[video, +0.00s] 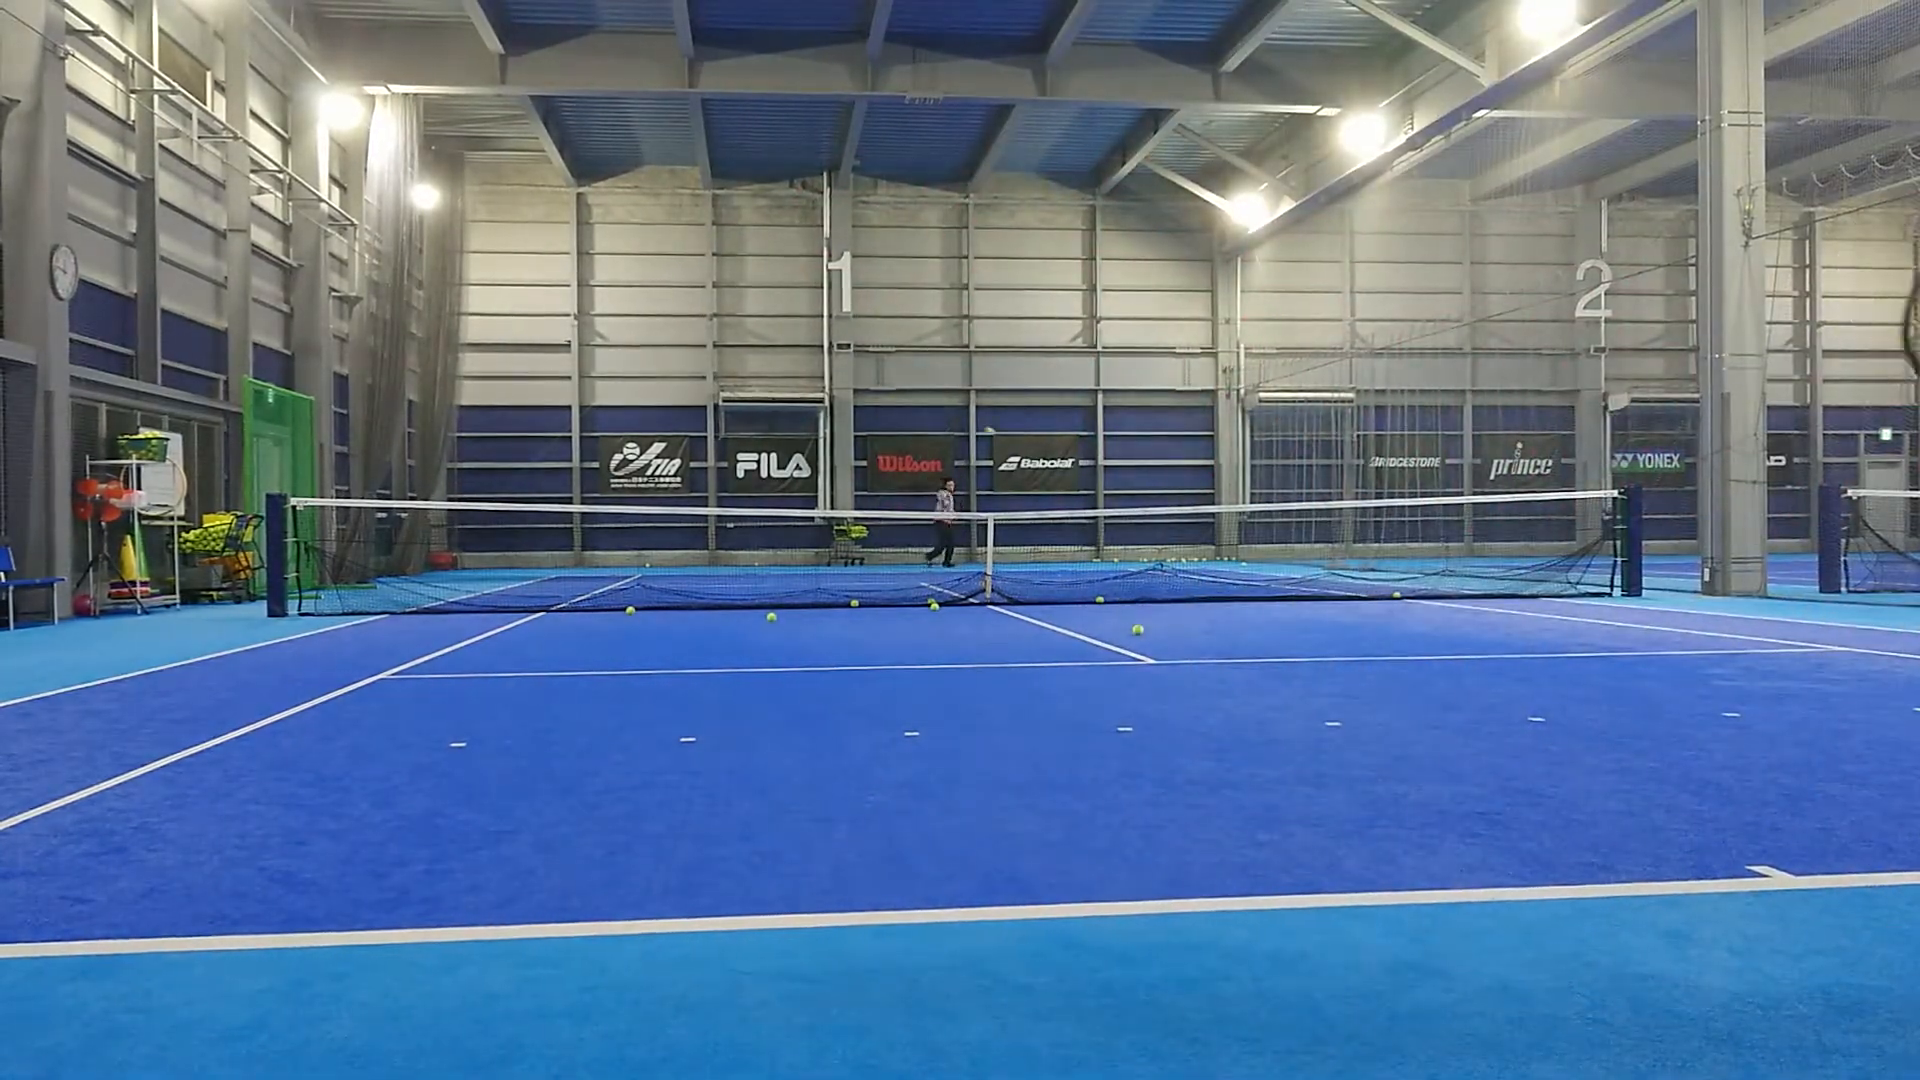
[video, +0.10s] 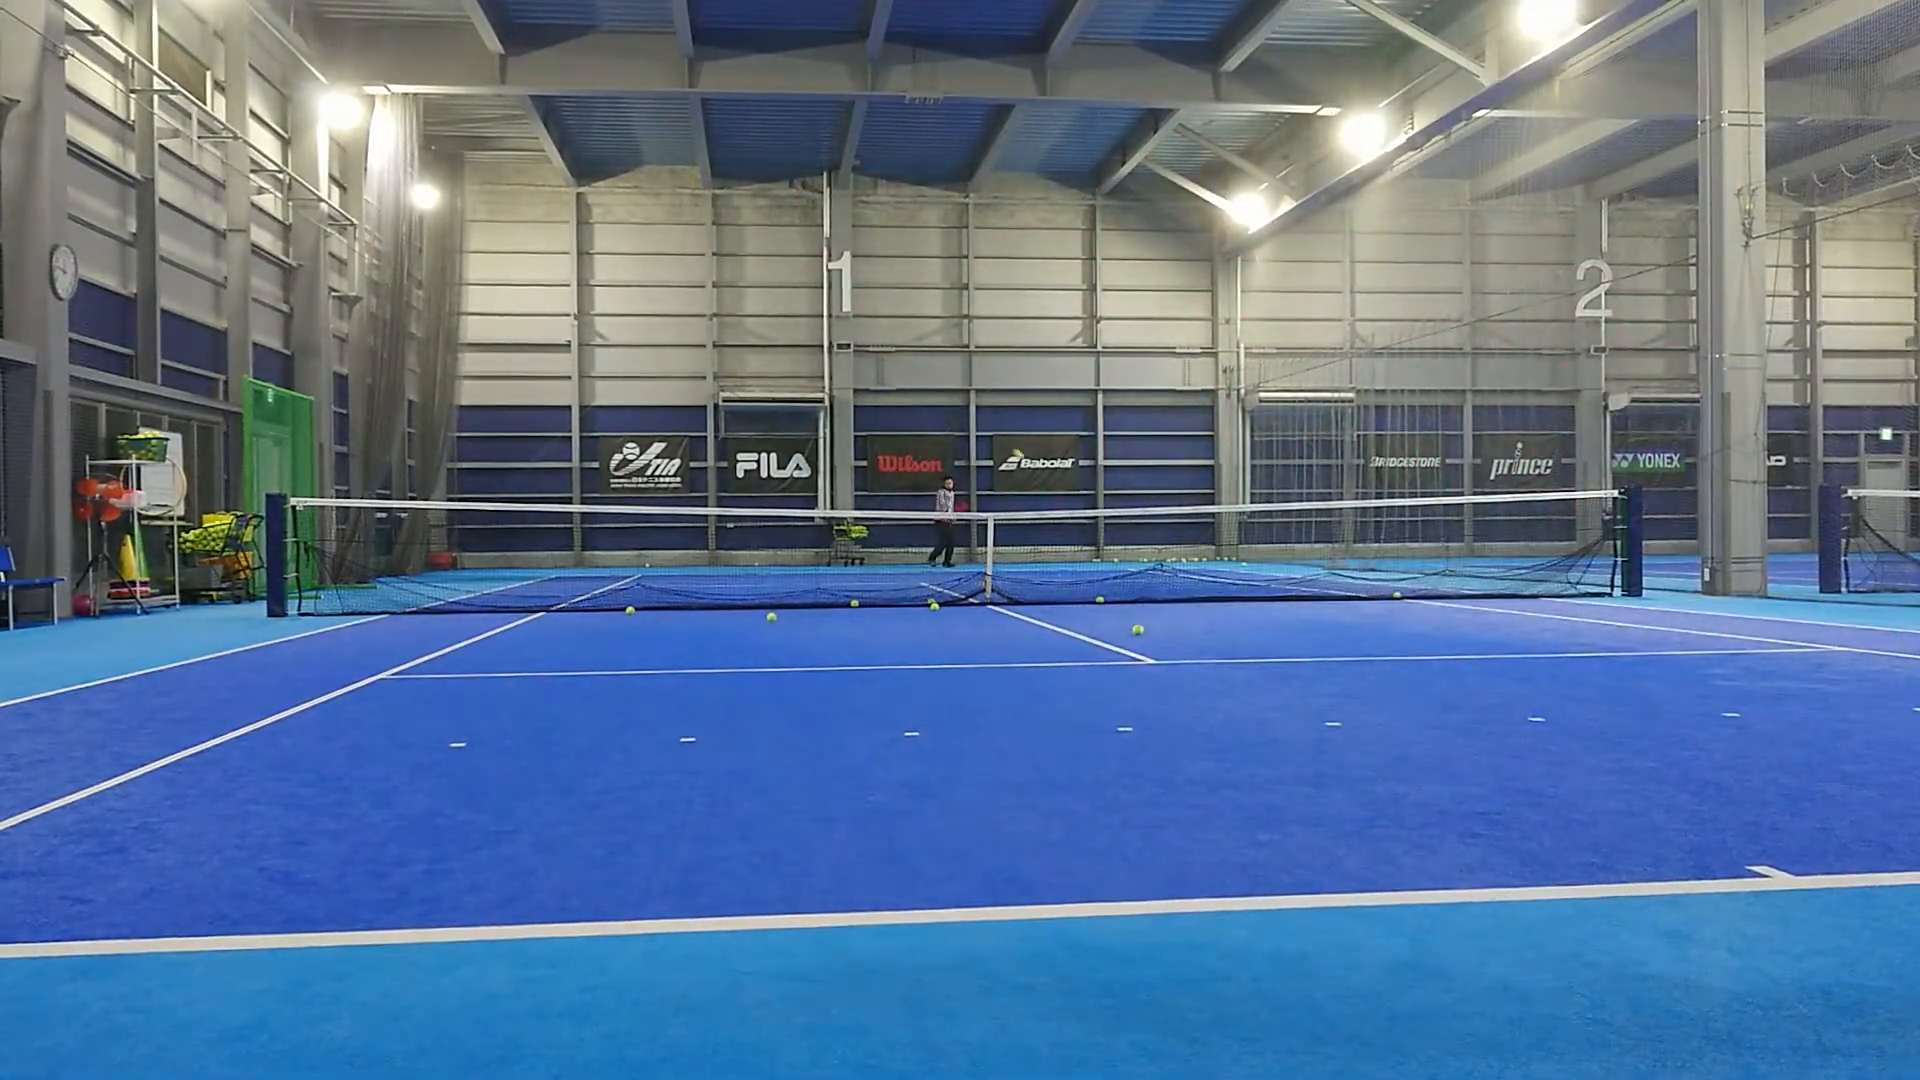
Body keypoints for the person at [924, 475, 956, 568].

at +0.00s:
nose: (951, 487)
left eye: (952, 485)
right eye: (949, 485)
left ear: (953, 486)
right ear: (945, 486)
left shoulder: (949, 495)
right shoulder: (943, 494)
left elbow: (949, 508)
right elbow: (943, 508)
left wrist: (952, 517)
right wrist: (945, 518)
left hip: (947, 520)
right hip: (941, 520)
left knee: (946, 542)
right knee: (947, 542)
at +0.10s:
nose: (949, 485)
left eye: (951, 483)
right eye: (947, 483)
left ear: (952, 484)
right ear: (944, 484)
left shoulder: (952, 493)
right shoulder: (941, 492)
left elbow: (951, 506)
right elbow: (942, 504)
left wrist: (952, 516)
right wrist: (945, 516)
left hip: (948, 519)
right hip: (941, 519)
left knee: (949, 542)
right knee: (944, 541)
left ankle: (947, 561)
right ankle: (931, 558)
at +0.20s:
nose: (947, 484)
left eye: (949, 482)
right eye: (945, 482)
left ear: (951, 483)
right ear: (942, 483)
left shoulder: (953, 492)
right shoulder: (939, 492)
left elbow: (953, 505)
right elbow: (938, 507)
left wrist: (954, 516)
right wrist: (941, 516)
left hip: (950, 519)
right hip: (941, 519)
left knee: (950, 542)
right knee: (941, 542)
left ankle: (947, 560)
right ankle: (938, 560)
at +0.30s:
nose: (944, 484)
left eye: (945, 482)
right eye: (942, 482)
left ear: (948, 482)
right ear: (939, 483)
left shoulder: (952, 492)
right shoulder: (936, 493)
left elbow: (955, 505)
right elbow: (935, 507)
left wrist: (955, 516)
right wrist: (941, 517)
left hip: (950, 519)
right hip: (940, 519)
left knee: (949, 541)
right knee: (939, 541)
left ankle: (948, 560)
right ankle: (940, 559)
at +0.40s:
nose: (941, 484)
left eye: (942, 482)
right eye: (939, 482)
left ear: (946, 482)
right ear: (936, 483)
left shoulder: (951, 492)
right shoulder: (934, 493)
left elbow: (955, 505)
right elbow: (932, 508)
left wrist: (956, 516)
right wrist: (936, 518)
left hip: (950, 520)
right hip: (939, 520)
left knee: (950, 542)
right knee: (938, 542)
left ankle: (948, 560)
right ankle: (939, 560)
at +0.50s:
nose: (939, 484)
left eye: (941, 482)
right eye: (937, 482)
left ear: (944, 482)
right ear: (934, 483)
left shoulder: (950, 492)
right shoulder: (932, 494)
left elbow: (955, 504)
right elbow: (929, 508)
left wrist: (956, 515)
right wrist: (932, 517)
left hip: (950, 519)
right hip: (938, 520)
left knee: (952, 541)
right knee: (938, 542)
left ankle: (951, 558)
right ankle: (939, 560)